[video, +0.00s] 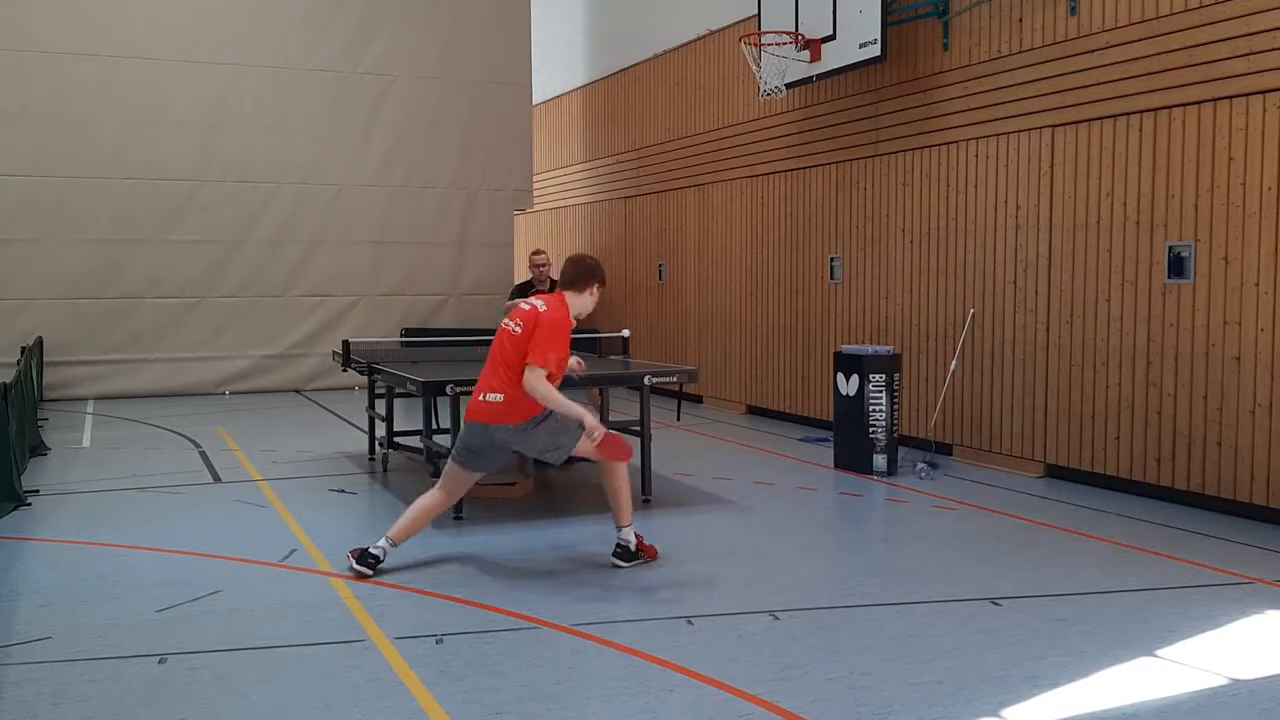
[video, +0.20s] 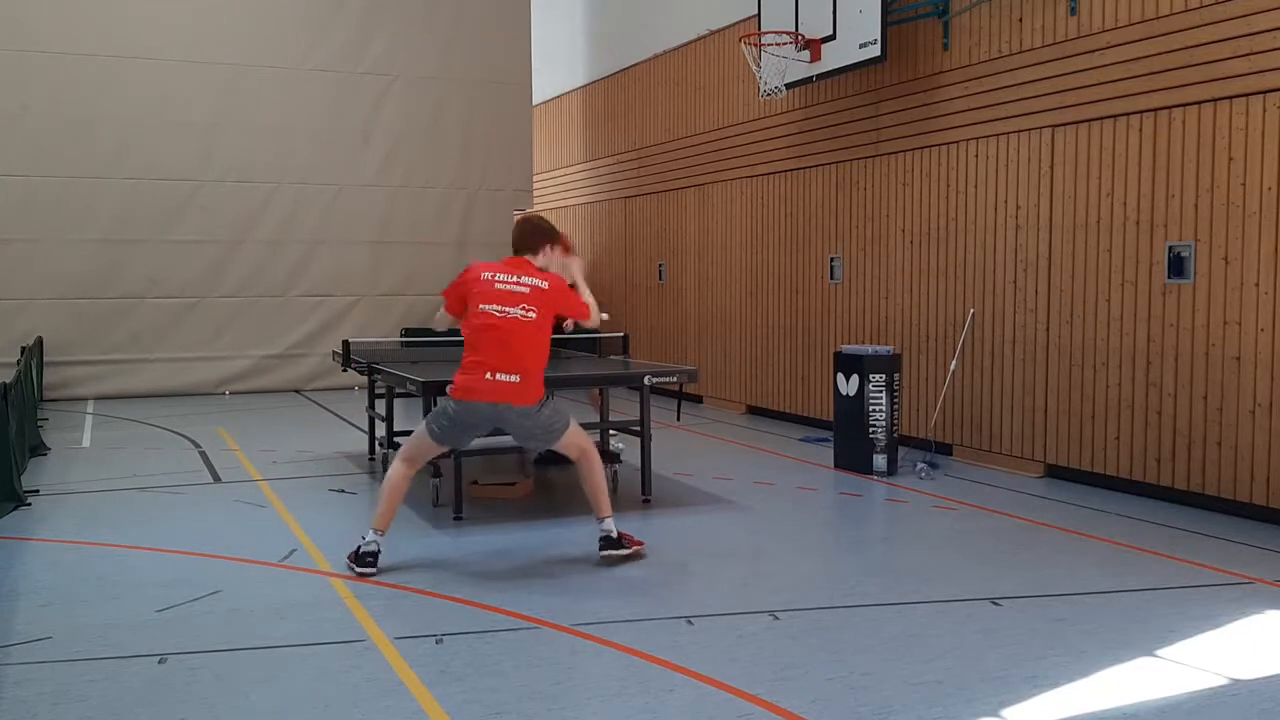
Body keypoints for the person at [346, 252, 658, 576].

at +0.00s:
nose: (596, 303)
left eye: (598, 296)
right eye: (598, 295)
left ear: (561, 282)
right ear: (591, 290)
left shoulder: (526, 305)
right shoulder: (557, 316)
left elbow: (513, 357)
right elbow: (534, 380)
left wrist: (560, 362)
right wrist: (582, 414)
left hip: (480, 420)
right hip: (524, 421)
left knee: (442, 493)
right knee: (610, 449)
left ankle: (378, 550)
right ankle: (628, 541)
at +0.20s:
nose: (558, 261)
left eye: (558, 254)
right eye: (557, 254)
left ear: (516, 246)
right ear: (546, 249)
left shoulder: (477, 273)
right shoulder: (551, 285)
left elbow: (443, 321)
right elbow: (592, 317)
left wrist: (486, 303)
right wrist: (577, 277)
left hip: (468, 401)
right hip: (525, 406)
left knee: (407, 461)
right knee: (584, 451)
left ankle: (371, 546)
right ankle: (610, 533)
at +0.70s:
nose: (578, 284)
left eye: (576, 279)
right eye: (579, 278)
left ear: (540, 271)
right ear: (574, 277)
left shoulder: (509, 297)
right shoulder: (564, 311)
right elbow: (555, 373)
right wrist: (591, 418)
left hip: (472, 414)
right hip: (525, 417)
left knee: (429, 481)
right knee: (598, 455)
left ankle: (373, 548)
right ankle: (617, 542)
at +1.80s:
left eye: (406, 250)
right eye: (436, 247)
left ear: (406, 253)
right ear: (440, 250)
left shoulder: (392, 278)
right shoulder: (459, 279)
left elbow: (347, 332)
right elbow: (489, 309)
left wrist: (348, 353)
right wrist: (481, 285)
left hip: (406, 389)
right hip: (465, 388)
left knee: (346, 455)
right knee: (526, 454)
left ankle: (319, 545)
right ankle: (569, 536)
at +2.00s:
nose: (442, 261)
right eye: (443, 254)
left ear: (404, 258)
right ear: (441, 258)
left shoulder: (387, 290)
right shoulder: (459, 288)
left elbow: (342, 344)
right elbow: (513, 312)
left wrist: (363, 360)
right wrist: (515, 304)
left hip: (400, 408)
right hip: (460, 406)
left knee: (338, 460)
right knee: (521, 462)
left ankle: (309, 547)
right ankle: (558, 542)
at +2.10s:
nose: (450, 258)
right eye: (450, 253)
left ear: (411, 253)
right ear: (447, 255)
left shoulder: (388, 283)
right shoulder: (462, 285)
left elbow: (355, 342)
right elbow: (519, 321)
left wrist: (387, 352)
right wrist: (509, 330)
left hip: (393, 401)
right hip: (454, 399)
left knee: (337, 457)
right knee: (520, 458)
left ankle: (308, 545)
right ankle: (559, 541)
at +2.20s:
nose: (456, 265)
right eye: (455, 260)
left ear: (416, 258)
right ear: (451, 261)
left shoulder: (390, 283)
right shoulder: (463, 287)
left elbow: (367, 343)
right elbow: (518, 338)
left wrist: (395, 355)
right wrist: (510, 363)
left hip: (388, 391)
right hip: (446, 391)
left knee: (336, 457)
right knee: (515, 456)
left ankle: (303, 543)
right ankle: (556, 542)